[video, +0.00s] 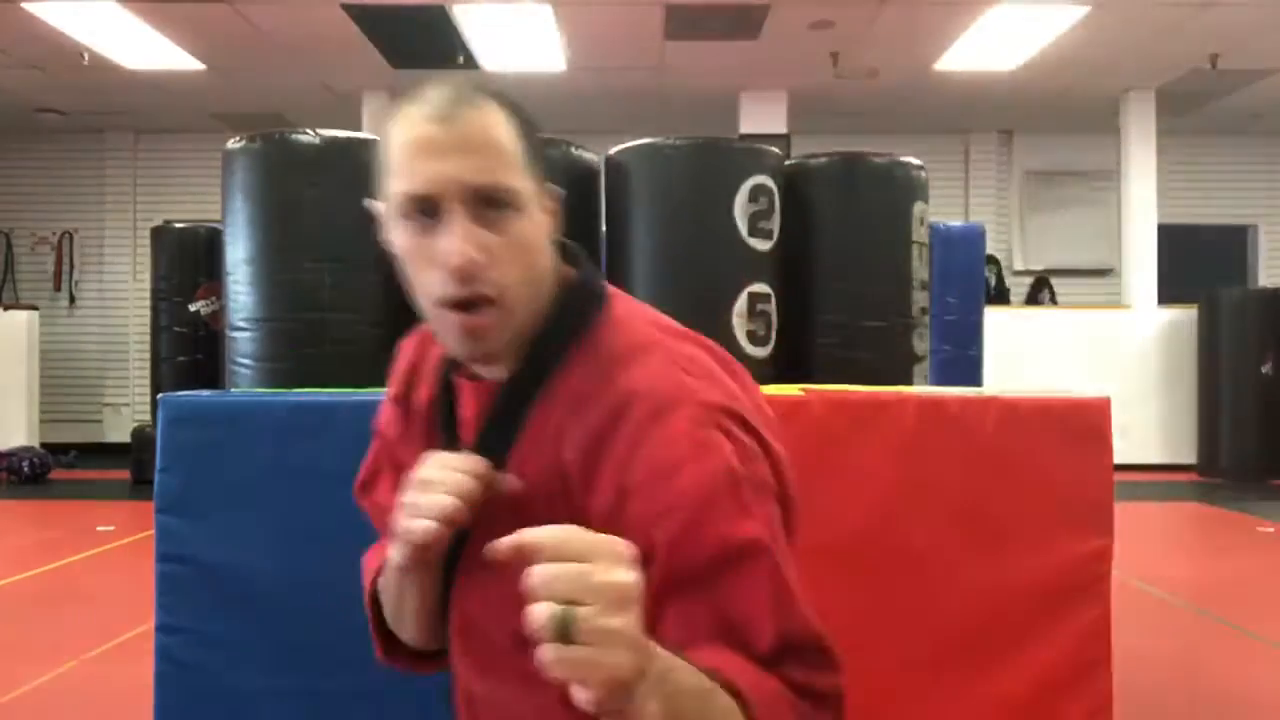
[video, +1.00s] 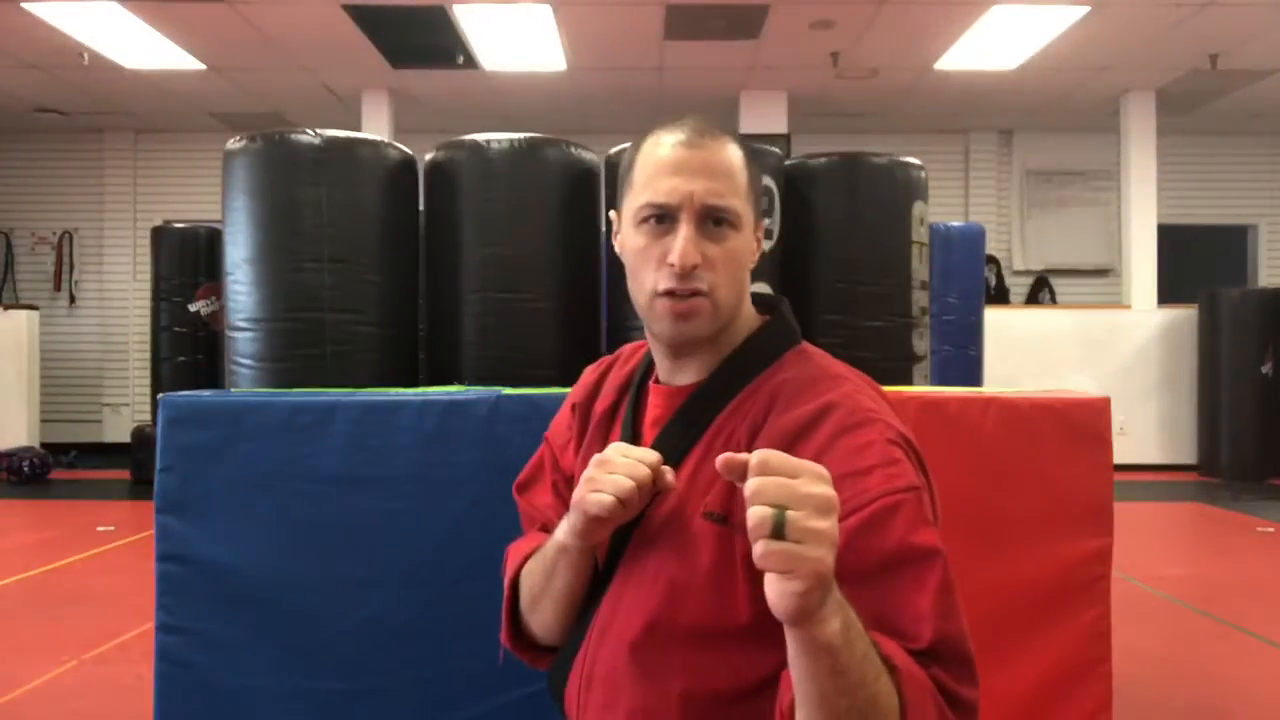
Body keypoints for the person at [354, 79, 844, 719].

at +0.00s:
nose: (460, 255)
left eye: (492, 208)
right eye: (423, 214)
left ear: (550, 215)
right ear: (386, 235)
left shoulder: (672, 410)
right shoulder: (425, 367)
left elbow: (790, 698)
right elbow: (415, 635)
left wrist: (645, 677)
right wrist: (414, 566)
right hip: (491, 706)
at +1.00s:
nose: (684, 254)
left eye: (716, 223)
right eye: (658, 220)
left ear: (760, 240)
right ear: (618, 235)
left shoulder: (843, 427)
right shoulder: (602, 390)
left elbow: (914, 706)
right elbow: (536, 631)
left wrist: (816, 617)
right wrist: (573, 540)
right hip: (592, 706)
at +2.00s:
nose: (691, 263)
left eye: (723, 231)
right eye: (665, 228)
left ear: (767, 244)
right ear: (625, 241)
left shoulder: (846, 434)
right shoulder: (605, 388)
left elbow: (913, 706)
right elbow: (538, 625)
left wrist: (816, 630)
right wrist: (572, 545)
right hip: (594, 707)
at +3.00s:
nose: (656, 272)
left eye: (703, 245)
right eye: (650, 232)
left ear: (770, 271)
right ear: (630, 234)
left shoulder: (846, 444)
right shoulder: (605, 383)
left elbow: (920, 705)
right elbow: (532, 619)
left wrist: (808, 644)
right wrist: (565, 549)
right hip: (589, 704)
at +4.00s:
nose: (665, 274)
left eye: (707, 240)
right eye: (649, 233)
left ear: (762, 260)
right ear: (622, 242)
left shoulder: (844, 440)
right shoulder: (598, 389)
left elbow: (929, 708)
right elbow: (534, 631)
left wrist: (821, 650)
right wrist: (567, 558)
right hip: (588, 708)